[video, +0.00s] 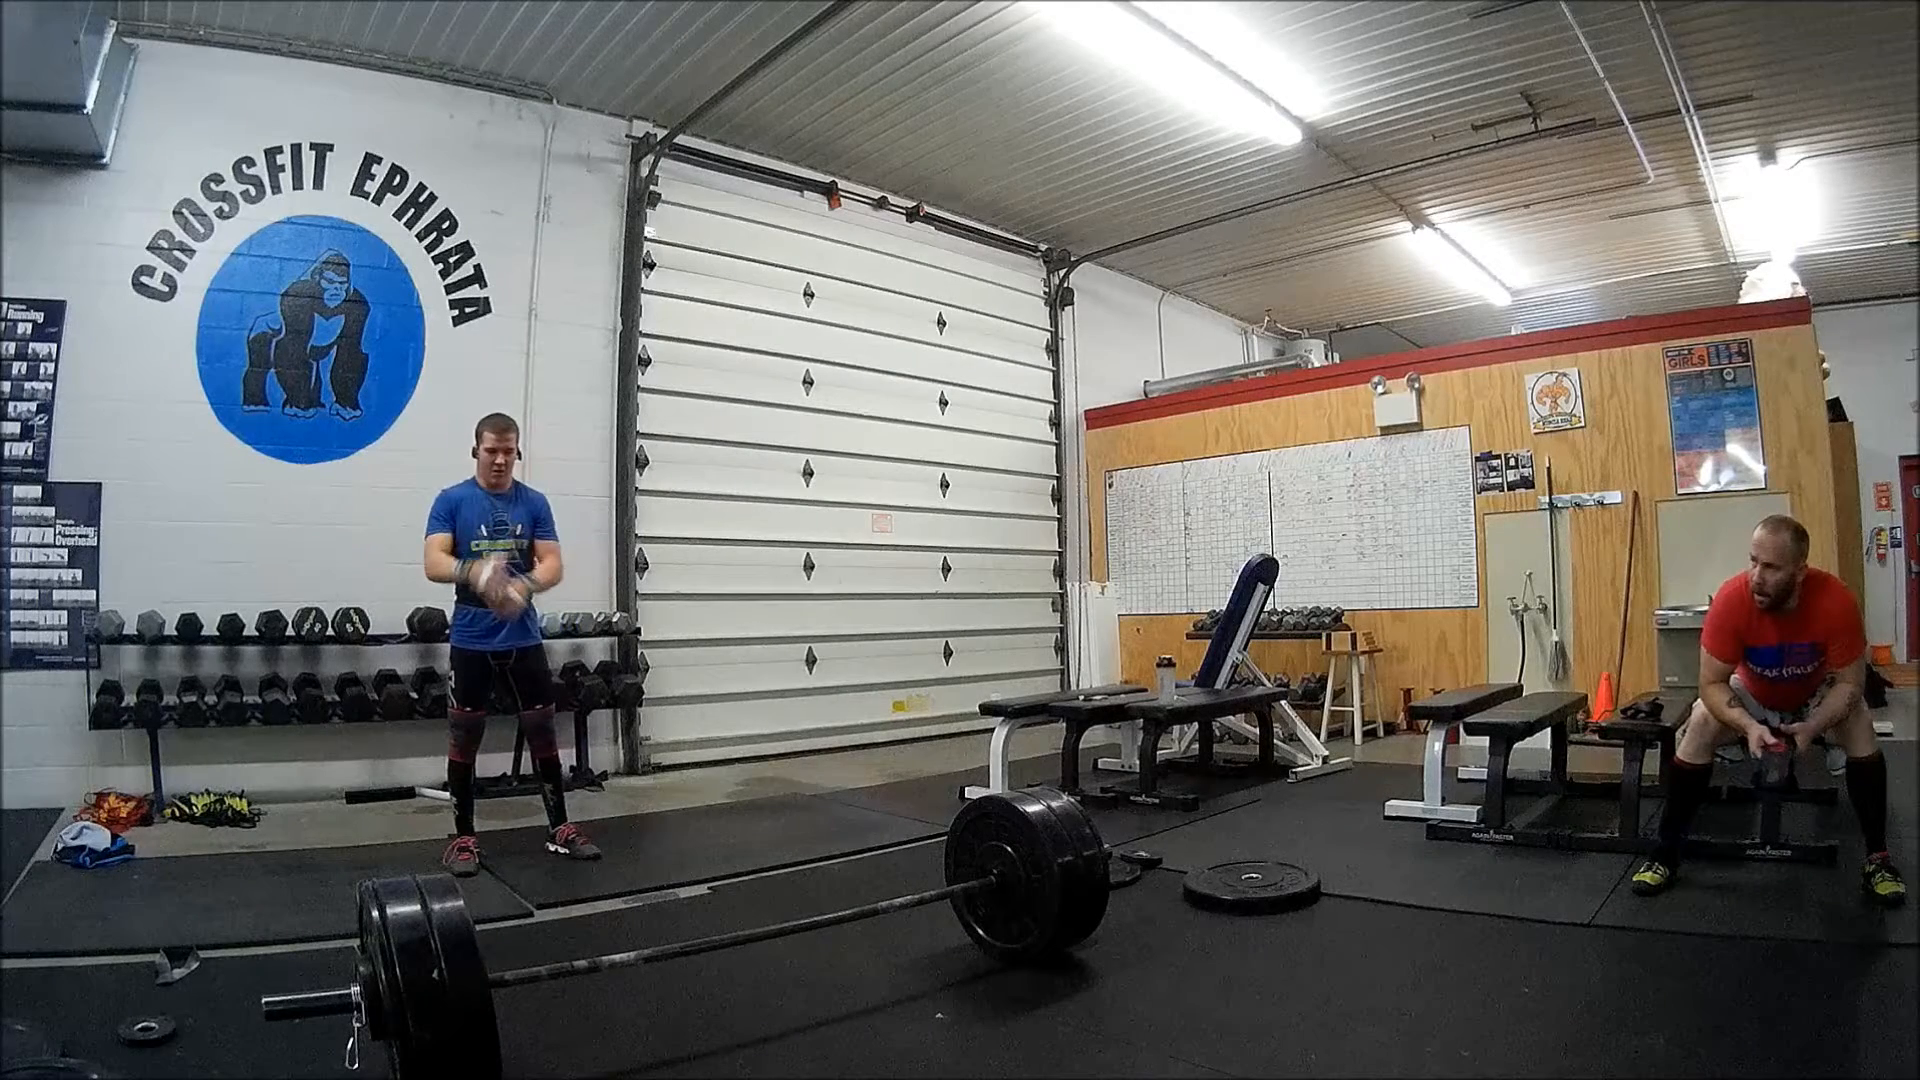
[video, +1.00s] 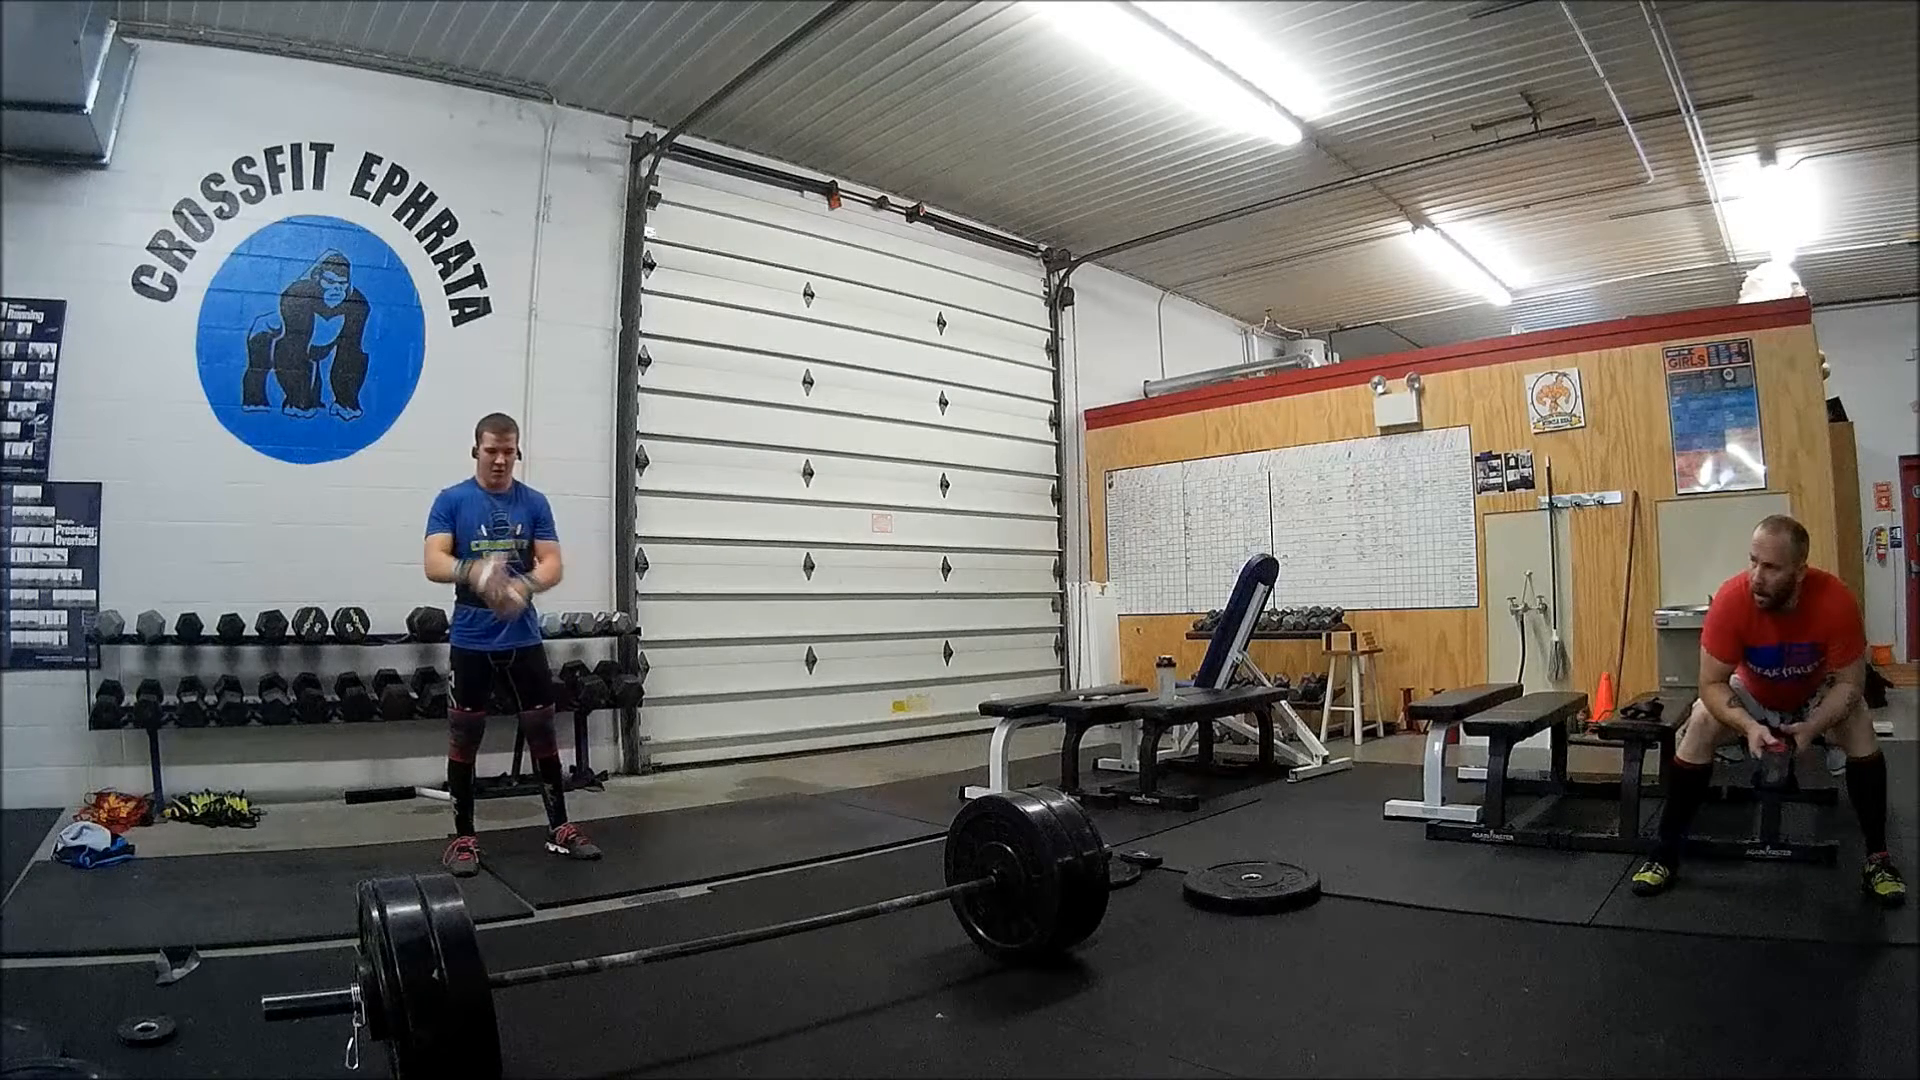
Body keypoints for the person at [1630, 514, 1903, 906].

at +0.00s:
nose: (1757, 577)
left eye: (1771, 567)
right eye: (1753, 563)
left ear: (1801, 568)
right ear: (1748, 558)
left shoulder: (1835, 601)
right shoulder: (1730, 599)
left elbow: (1850, 681)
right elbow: (1711, 683)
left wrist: (1812, 727)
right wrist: (1748, 726)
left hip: (1815, 695)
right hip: (1751, 694)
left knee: (1859, 723)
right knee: (1700, 721)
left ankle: (1878, 858)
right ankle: (1665, 856)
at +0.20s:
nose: (1757, 577)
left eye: (1771, 567)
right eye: (1753, 563)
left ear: (1801, 568)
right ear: (1748, 558)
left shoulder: (1835, 601)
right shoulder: (1730, 599)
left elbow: (1850, 682)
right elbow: (1711, 683)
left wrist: (1811, 727)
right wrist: (1748, 726)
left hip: (1815, 696)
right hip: (1751, 695)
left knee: (1858, 722)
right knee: (1701, 721)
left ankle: (1878, 857)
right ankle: (1665, 856)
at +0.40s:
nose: (1757, 577)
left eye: (1771, 568)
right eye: (1753, 563)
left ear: (1801, 568)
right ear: (1748, 558)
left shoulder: (1834, 600)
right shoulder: (1730, 599)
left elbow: (1850, 682)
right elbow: (1711, 683)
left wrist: (1811, 727)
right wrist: (1748, 726)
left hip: (1815, 696)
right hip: (1751, 695)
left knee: (1859, 723)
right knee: (1701, 721)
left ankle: (1878, 857)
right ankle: (1665, 856)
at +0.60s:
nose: (1757, 577)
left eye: (1771, 568)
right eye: (1753, 563)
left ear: (1801, 568)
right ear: (1748, 558)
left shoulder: (1834, 600)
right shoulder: (1730, 599)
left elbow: (1850, 682)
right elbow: (1711, 683)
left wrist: (1811, 727)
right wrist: (1748, 726)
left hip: (1815, 696)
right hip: (1751, 695)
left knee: (1859, 723)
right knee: (1701, 721)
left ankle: (1878, 857)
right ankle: (1665, 856)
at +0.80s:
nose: (1757, 577)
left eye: (1771, 568)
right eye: (1753, 563)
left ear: (1801, 568)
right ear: (1748, 558)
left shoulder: (1834, 600)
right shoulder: (1730, 599)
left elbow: (1850, 682)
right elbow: (1711, 683)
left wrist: (1811, 727)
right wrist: (1748, 726)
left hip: (1815, 696)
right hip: (1751, 695)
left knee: (1859, 723)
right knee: (1701, 721)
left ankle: (1878, 857)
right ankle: (1665, 856)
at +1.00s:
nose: (1757, 577)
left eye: (1771, 568)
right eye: (1753, 563)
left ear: (1801, 568)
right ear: (1748, 558)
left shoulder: (1834, 600)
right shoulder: (1730, 599)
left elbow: (1850, 682)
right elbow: (1711, 683)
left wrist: (1811, 727)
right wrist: (1748, 726)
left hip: (1815, 696)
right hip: (1751, 695)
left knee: (1859, 723)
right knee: (1701, 721)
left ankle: (1878, 857)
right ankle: (1665, 856)